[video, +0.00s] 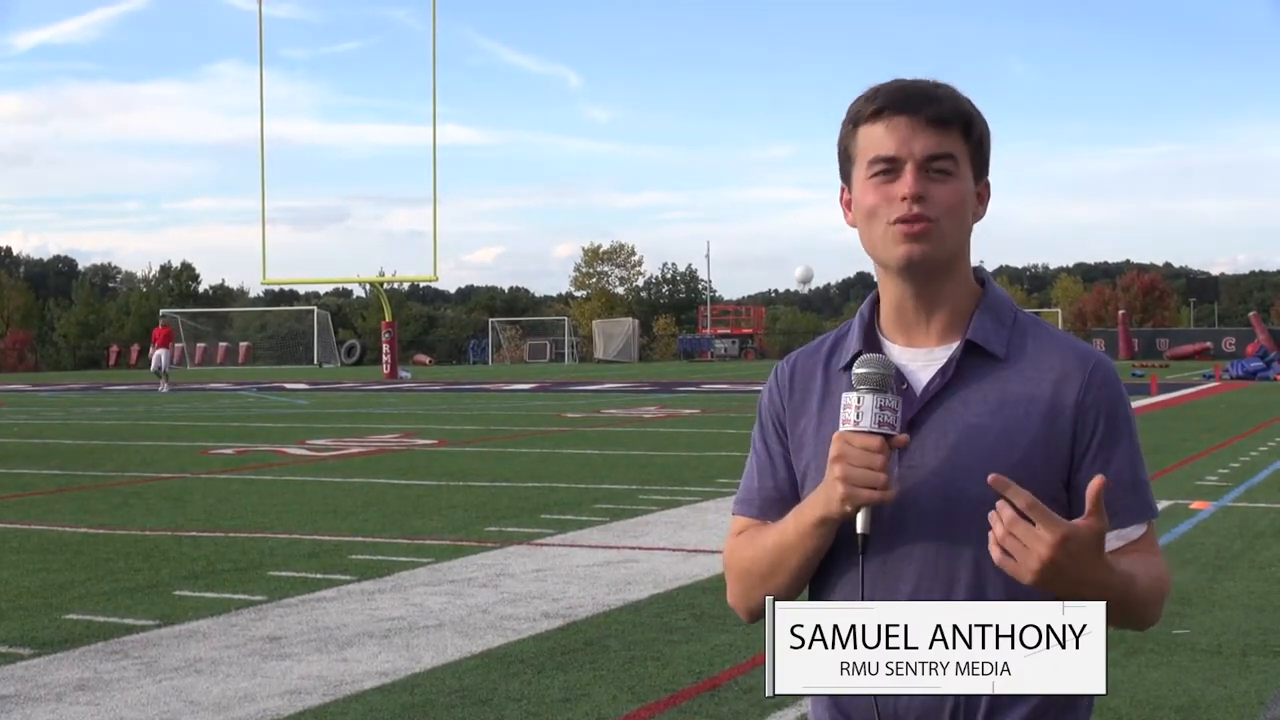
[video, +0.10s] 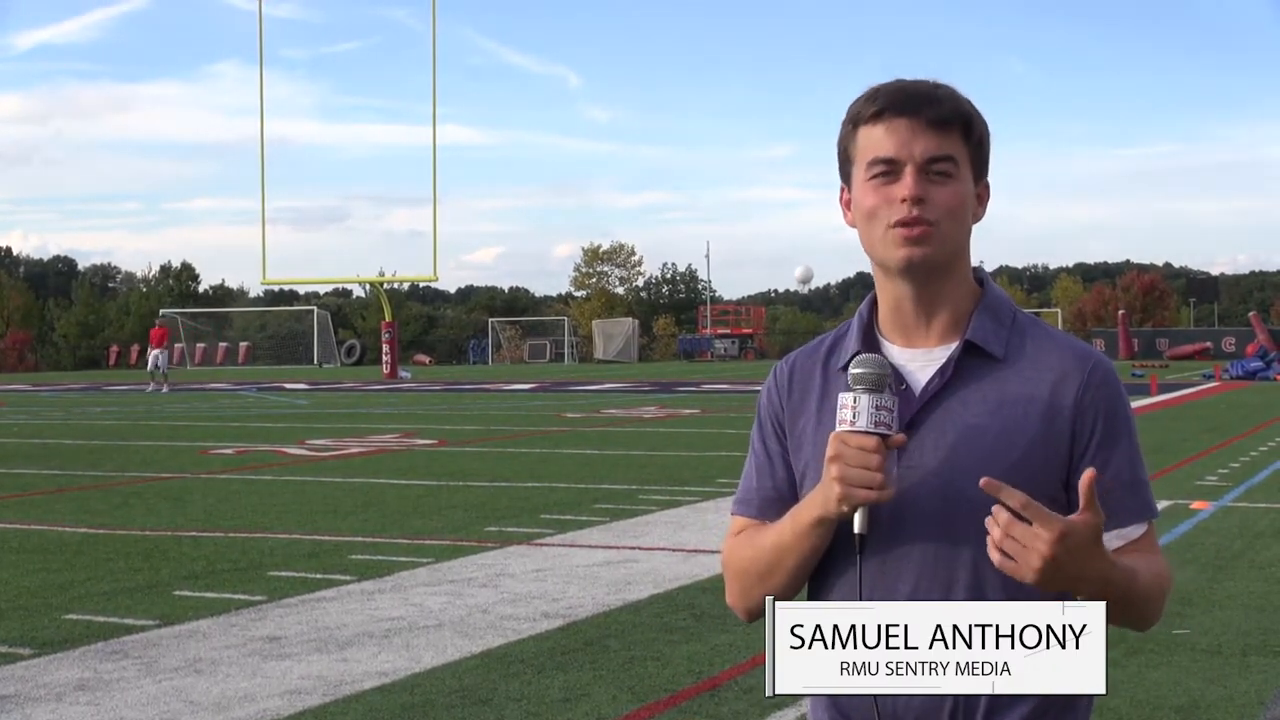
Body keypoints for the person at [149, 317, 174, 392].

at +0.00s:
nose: (161, 322)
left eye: (163, 321)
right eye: (160, 321)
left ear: (166, 322)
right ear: (159, 321)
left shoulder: (169, 330)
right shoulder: (155, 330)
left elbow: (171, 343)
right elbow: (153, 343)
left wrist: (172, 356)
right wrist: (151, 352)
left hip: (165, 349)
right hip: (157, 349)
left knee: (164, 369)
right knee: (153, 368)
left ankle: (166, 385)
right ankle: (162, 382)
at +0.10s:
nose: (158, 322)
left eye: (160, 321)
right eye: (157, 321)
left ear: (162, 322)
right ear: (155, 322)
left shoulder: (165, 330)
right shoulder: (152, 331)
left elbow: (166, 341)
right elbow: (150, 342)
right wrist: (148, 351)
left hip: (162, 350)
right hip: (154, 350)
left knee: (163, 369)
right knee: (150, 368)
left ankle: (165, 385)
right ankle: (152, 384)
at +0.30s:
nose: (150, 324)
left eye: (151, 323)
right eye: (149, 323)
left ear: (153, 324)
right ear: (147, 324)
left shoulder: (156, 332)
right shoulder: (144, 333)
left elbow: (158, 342)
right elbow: (143, 342)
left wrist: (152, 348)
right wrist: (143, 349)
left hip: (155, 352)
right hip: (146, 352)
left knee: (158, 370)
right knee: (144, 370)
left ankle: (164, 386)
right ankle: (142, 386)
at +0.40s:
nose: (145, 324)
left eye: (147, 322)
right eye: (144, 322)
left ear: (149, 323)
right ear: (142, 323)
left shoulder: (151, 331)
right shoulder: (140, 332)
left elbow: (154, 341)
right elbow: (138, 342)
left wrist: (151, 348)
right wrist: (138, 349)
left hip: (149, 352)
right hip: (141, 352)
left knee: (152, 370)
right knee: (140, 370)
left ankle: (161, 384)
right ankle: (140, 386)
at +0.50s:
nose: (141, 323)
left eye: (142, 322)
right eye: (140, 322)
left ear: (145, 323)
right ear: (138, 323)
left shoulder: (148, 330)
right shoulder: (135, 331)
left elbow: (151, 341)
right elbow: (133, 344)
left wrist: (150, 351)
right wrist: (132, 355)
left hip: (145, 351)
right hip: (137, 351)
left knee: (145, 370)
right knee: (138, 371)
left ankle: (154, 382)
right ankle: (140, 386)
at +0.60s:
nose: (138, 323)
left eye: (139, 321)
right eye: (136, 321)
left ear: (141, 323)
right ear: (134, 322)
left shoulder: (145, 330)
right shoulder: (132, 331)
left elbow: (150, 341)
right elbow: (129, 343)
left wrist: (151, 351)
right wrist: (127, 352)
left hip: (142, 350)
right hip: (134, 350)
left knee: (138, 368)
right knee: (137, 368)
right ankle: (142, 384)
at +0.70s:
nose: (133, 323)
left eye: (134, 321)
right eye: (132, 321)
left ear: (137, 322)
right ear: (130, 322)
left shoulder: (142, 331)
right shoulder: (128, 331)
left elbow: (146, 342)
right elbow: (125, 343)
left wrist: (148, 351)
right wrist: (122, 351)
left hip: (140, 350)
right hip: (132, 350)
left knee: (133, 368)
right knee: (135, 369)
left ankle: (139, 385)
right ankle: (136, 386)